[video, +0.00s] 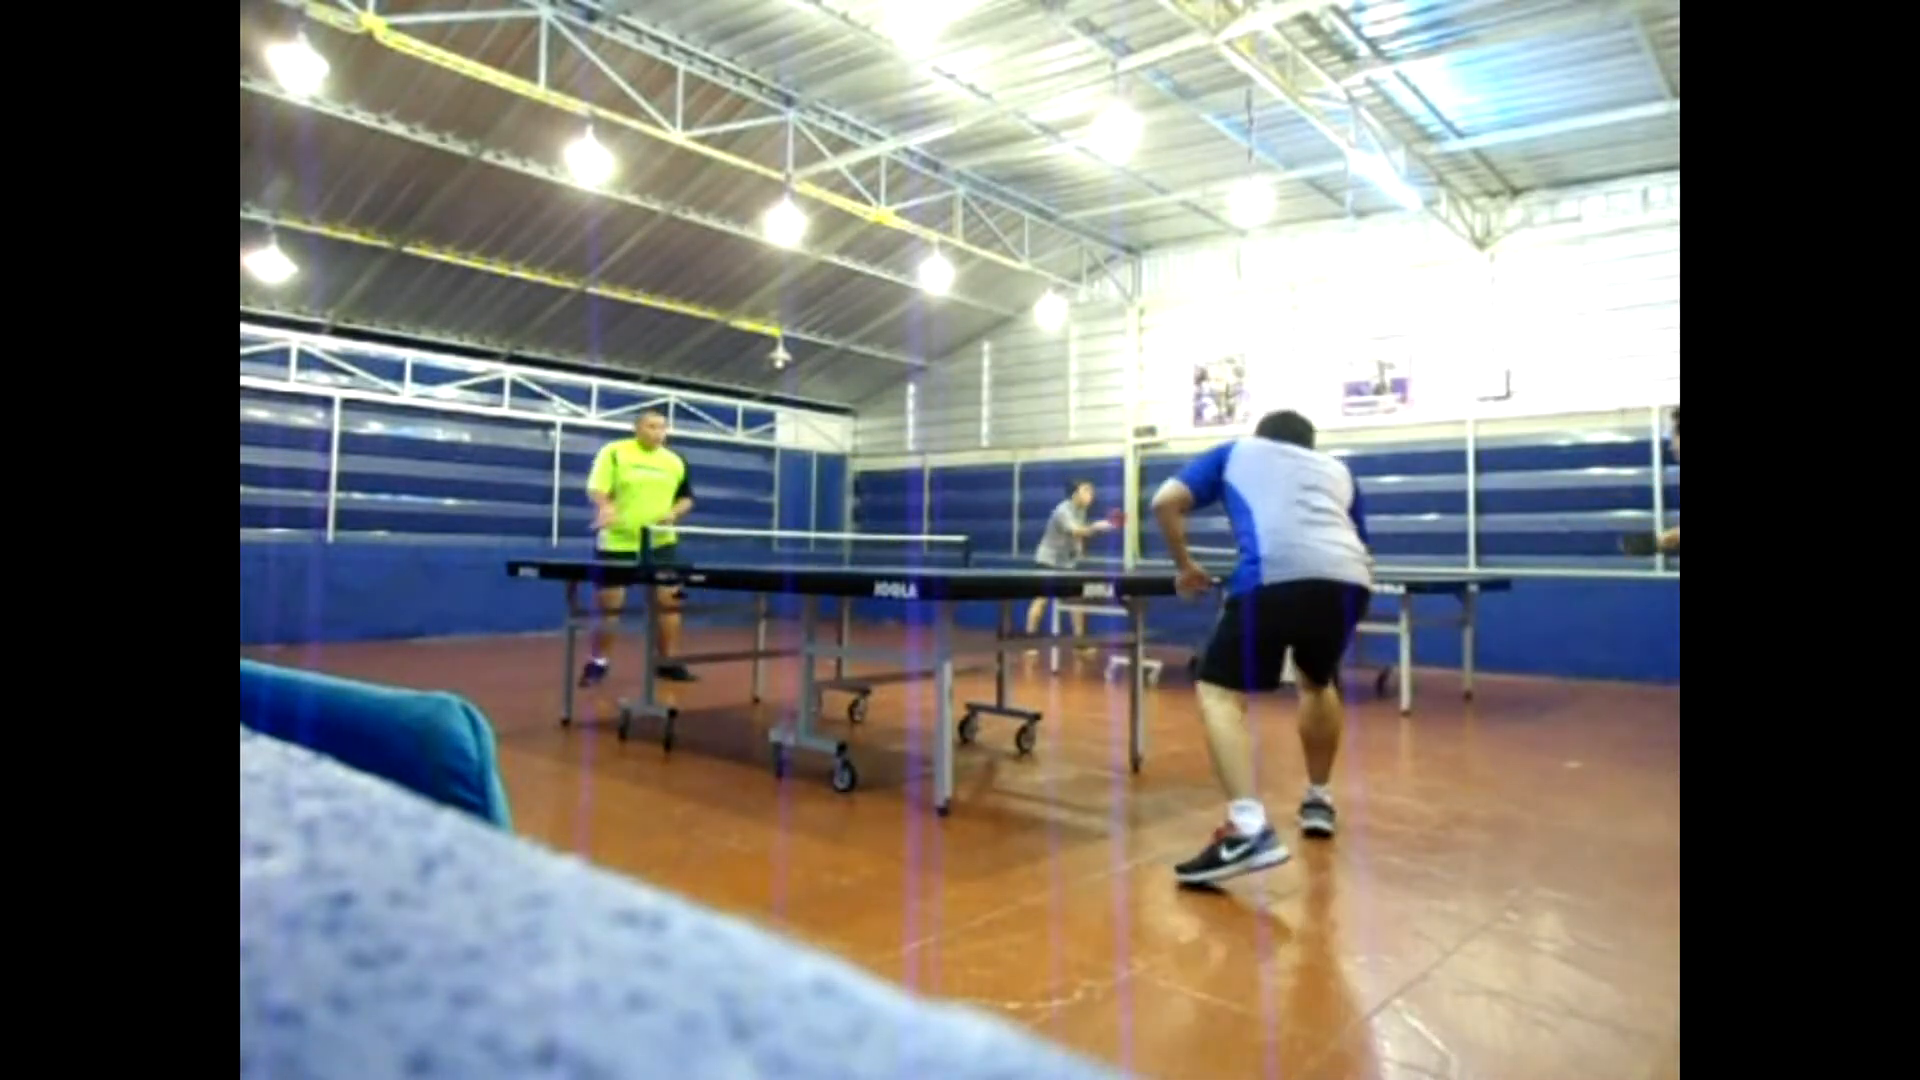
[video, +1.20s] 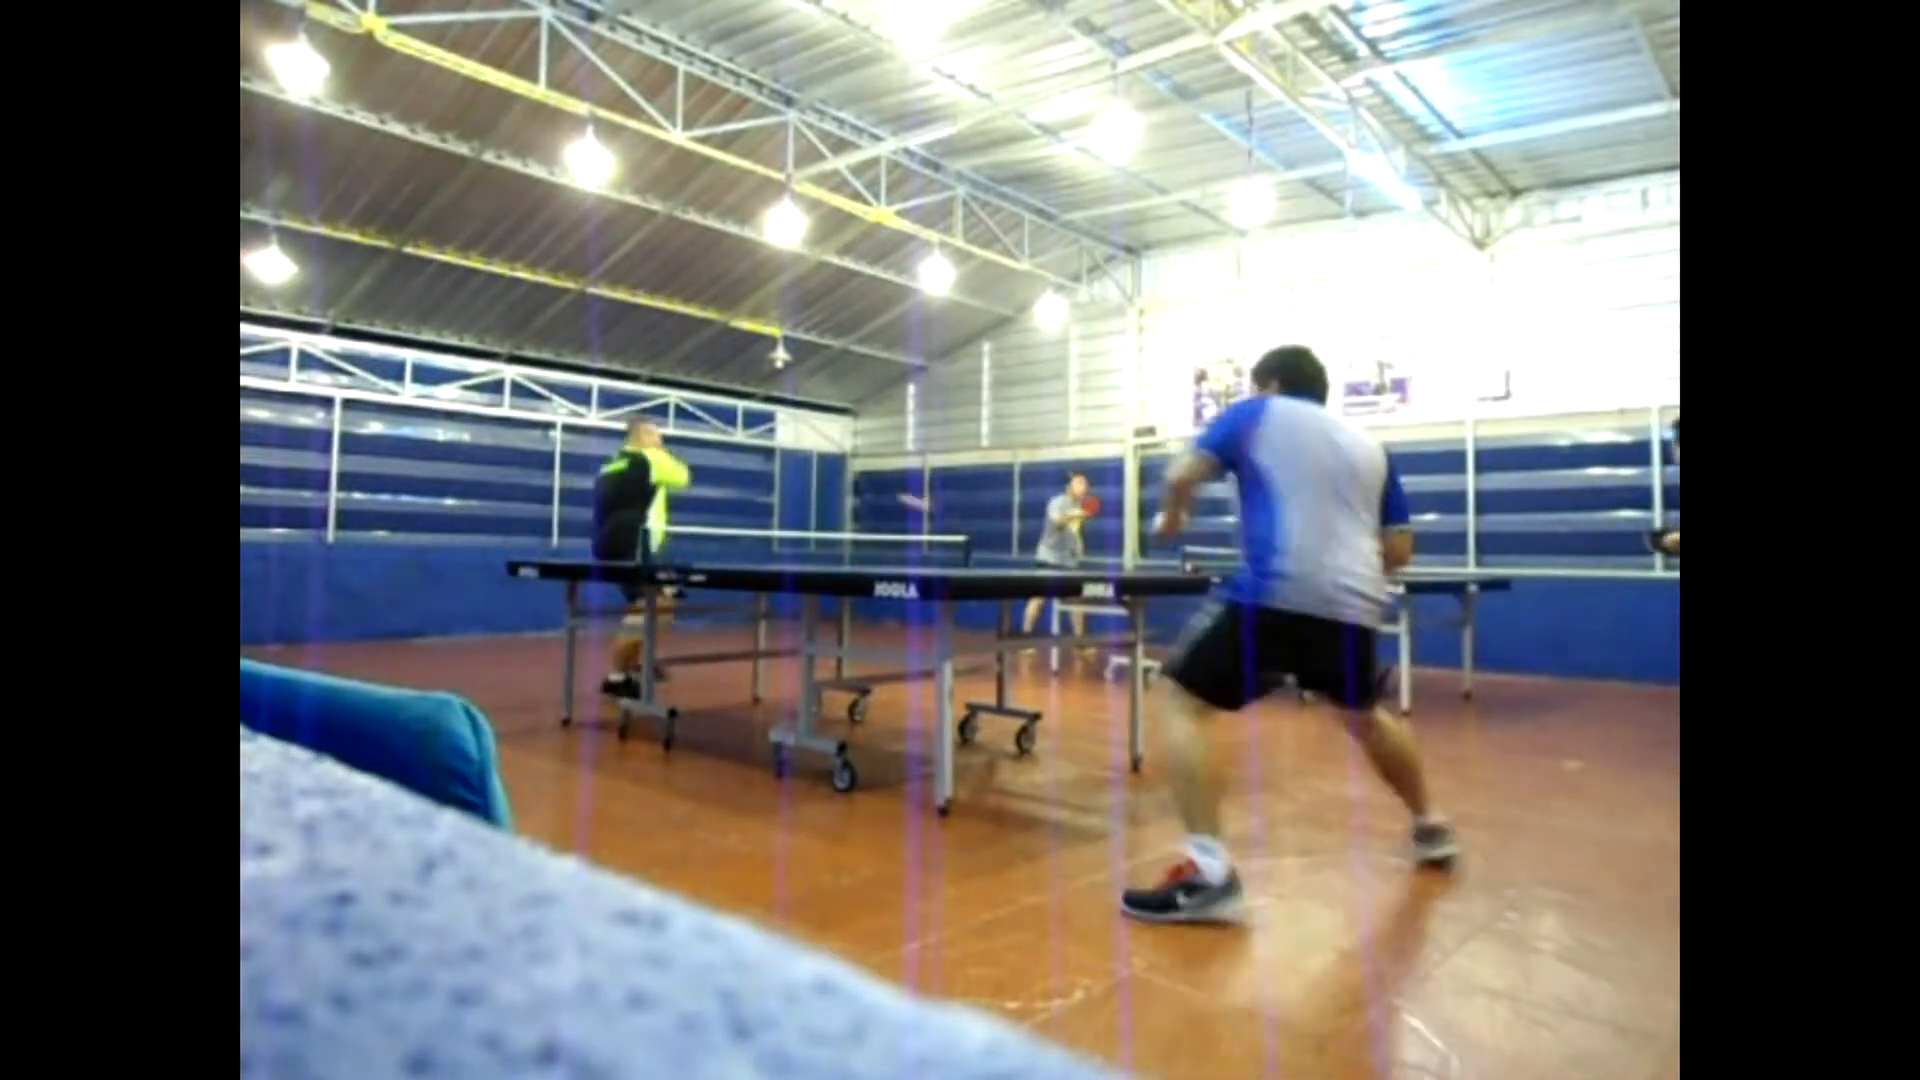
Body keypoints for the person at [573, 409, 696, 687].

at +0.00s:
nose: (656, 433)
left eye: (661, 427)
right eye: (651, 426)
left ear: (666, 430)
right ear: (637, 427)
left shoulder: (675, 462)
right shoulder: (613, 453)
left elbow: (686, 497)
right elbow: (597, 487)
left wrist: (673, 513)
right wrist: (606, 509)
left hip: (661, 540)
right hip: (619, 540)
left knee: (669, 600)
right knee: (610, 603)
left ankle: (668, 659)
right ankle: (599, 660)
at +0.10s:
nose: (649, 433)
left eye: (653, 427)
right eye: (643, 427)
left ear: (658, 430)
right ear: (630, 429)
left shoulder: (674, 460)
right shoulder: (608, 456)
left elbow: (687, 498)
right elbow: (592, 495)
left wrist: (664, 511)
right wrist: (587, 522)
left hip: (661, 538)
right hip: (619, 537)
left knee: (668, 599)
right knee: (603, 598)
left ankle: (668, 658)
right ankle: (591, 657)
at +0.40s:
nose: (606, 447)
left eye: (610, 440)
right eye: (599, 441)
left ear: (618, 438)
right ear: (589, 442)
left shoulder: (641, 464)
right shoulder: (576, 474)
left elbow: (667, 498)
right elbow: (571, 518)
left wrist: (645, 521)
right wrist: (551, 543)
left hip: (646, 549)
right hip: (601, 551)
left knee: (669, 600)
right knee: (594, 605)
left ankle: (670, 655)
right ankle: (585, 666)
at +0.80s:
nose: (613, 462)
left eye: (617, 455)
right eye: (606, 457)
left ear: (627, 449)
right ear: (599, 456)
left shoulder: (653, 472)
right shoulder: (589, 482)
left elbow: (681, 494)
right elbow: (586, 518)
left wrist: (677, 525)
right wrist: (592, 530)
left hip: (658, 549)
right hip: (615, 553)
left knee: (668, 600)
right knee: (599, 610)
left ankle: (674, 669)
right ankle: (588, 669)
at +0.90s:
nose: (629, 426)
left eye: (633, 420)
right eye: (622, 420)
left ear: (639, 425)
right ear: (610, 426)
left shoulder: (656, 454)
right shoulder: (602, 459)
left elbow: (673, 489)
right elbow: (615, 500)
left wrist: (679, 520)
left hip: (662, 536)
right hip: (623, 538)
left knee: (670, 602)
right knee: (619, 603)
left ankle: (676, 668)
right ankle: (597, 665)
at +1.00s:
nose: (645, 415)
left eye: (645, 410)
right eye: (637, 409)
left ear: (647, 417)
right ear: (621, 416)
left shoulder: (648, 443)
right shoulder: (621, 438)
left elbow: (654, 489)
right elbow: (655, 454)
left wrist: (670, 514)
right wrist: (677, 457)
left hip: (654, 527)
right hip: (625, 528)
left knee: (670, 591)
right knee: (633, 595)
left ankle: (686, 656)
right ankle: (614, 666)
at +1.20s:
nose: (658, 440)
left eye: (657, 435)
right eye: (654, 435)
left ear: (630, 439)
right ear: (644, 437)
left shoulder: (609, 469)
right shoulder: (651, 462)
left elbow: (604, 515)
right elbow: (681, 477)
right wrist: (658, 453)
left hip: (608, 551)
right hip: (636, 551)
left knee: (642, 605)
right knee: (658, 601)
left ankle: (633, 664)